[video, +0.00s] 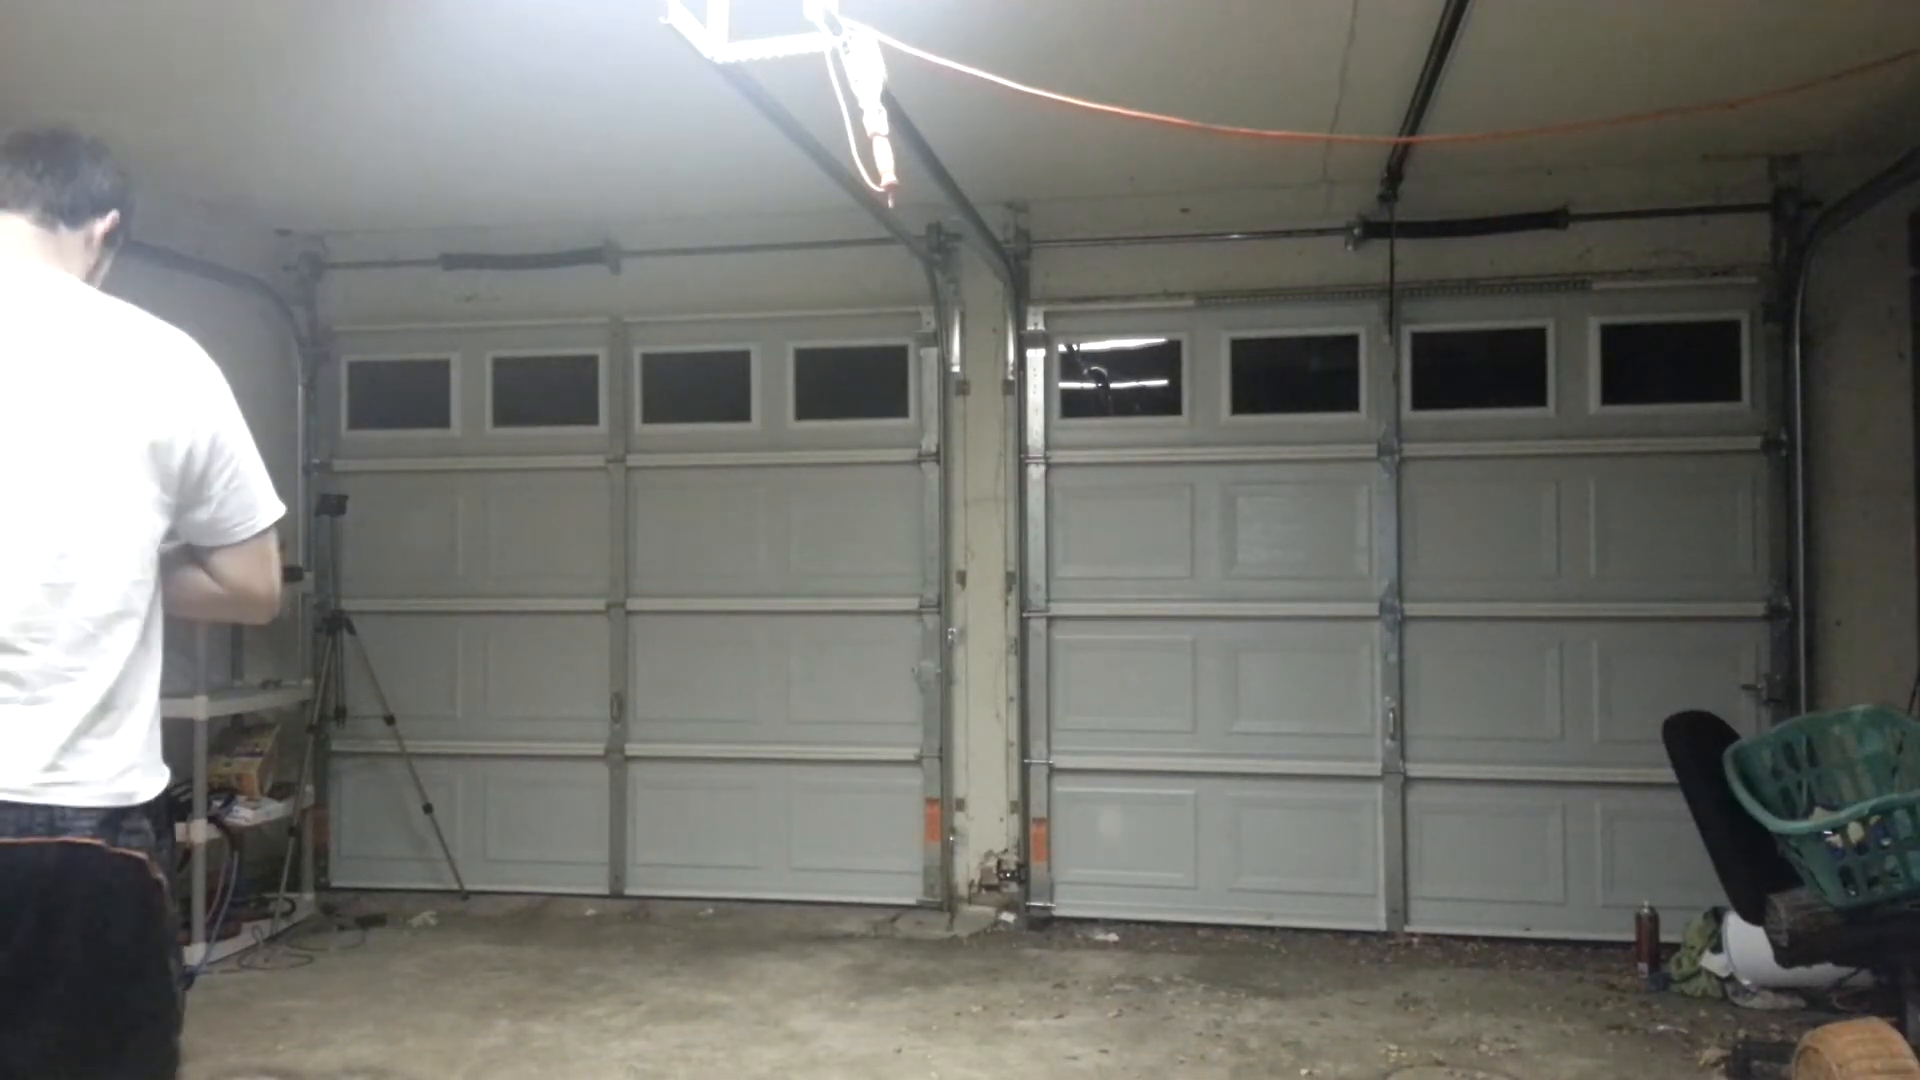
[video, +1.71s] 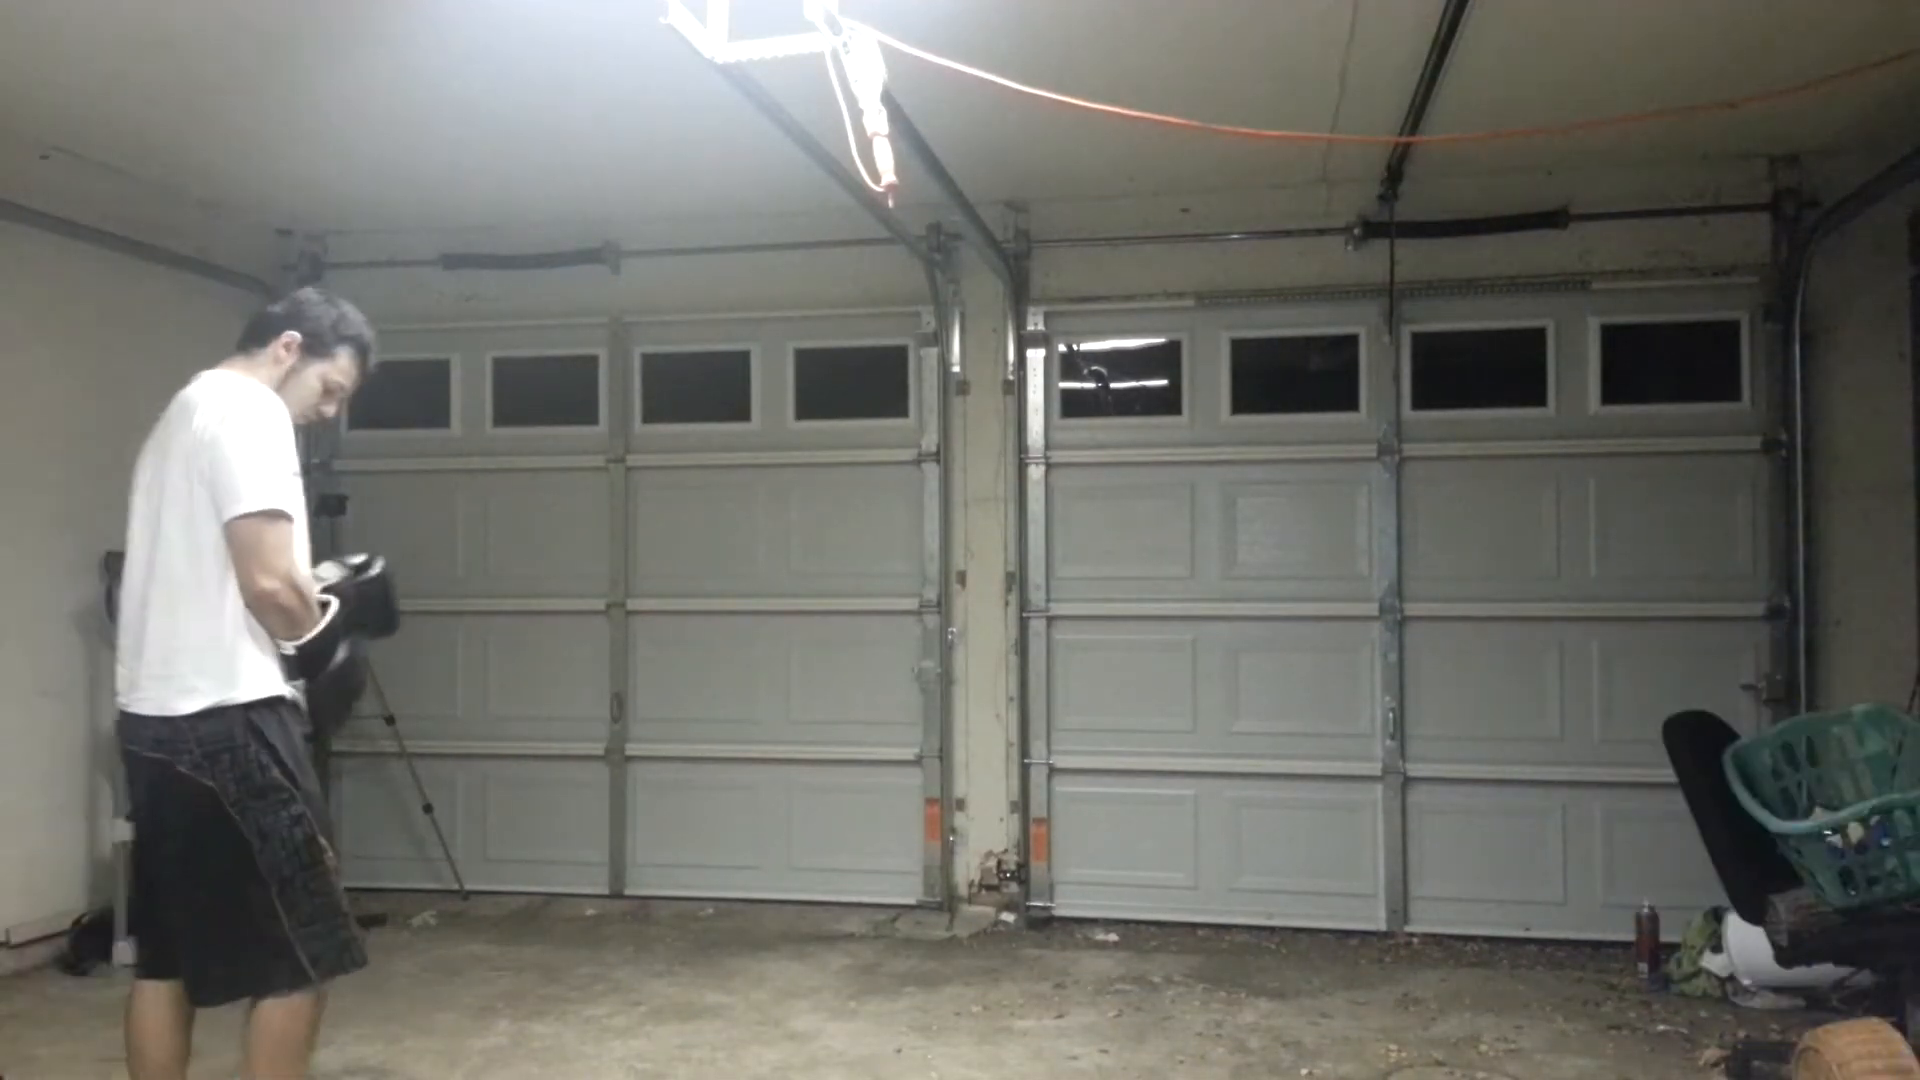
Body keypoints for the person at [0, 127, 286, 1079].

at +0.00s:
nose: (101, 261)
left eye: (104, 250)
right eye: (113, 245)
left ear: (3, 213)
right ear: (103, 230)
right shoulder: (156, 361)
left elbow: (252, 589)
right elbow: (253, 589)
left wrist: (106, 561)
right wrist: (102, 565)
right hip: (75, 849)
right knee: (102, 1062)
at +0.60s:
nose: (125, 326)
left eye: (128, 308)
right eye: (129, 305)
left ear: (11, 286)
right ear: (111, 289)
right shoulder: (161, 403)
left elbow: (185, 606)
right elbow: (192, 606)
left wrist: (206, 562)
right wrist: (221, 568)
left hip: (3, 785)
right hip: (101, 795)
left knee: (14, 1052)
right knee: (128, 1053)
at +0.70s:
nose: (161, 347)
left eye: (165, 330)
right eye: (166, 325)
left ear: (51, 298)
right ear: (146, 304)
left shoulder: (5, 379)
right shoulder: (189, 419)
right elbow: (215, 613)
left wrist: (219, 567)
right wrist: (256, 580)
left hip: (6, 781)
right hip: (120, 797)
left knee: (10, 1043)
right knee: (110, 1052)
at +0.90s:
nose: (228, 372)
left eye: (235, 355)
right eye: (236, 352)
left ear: (127, 310)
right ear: (212, 321)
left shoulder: (20, 399)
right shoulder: (236, 417)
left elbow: (22, 567)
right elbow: (236, 616)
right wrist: (257, 632)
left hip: (21, 771)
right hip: (161, 780)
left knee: (19, 1024)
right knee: (149, 1041)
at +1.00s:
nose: (246, 379)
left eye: (256, 366)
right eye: (254, 362)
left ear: (157, 316)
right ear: (231, 329)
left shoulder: (27, 408)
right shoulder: (245, 415)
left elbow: (8, 579)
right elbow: (251, 607)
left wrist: (69, 656)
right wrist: (206, 683)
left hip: (26, 756)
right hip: (163, 762)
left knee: (67, 1008)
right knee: (154, 1025)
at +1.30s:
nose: (274, 402)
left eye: (285, 389)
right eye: (281, 384)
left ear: (191, 336)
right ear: (250, 343)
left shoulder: (79, 428)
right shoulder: (235, 412)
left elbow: (77, 588)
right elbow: (270, 596)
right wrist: (269, 638)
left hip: (84, 758)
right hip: (192, 763)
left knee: (127, 1006)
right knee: (186, 1020)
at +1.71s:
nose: (329, 415)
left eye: (339, 404)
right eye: (330, 392)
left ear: (276, 353)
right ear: (288, 348)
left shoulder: (186, 412)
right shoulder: (246, 409)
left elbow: (191, 575)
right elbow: (270, 583)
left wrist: (302, 585)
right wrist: (317, 638)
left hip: (158, 721)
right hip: (227, 725)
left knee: (163, 958)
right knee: (299, 959)